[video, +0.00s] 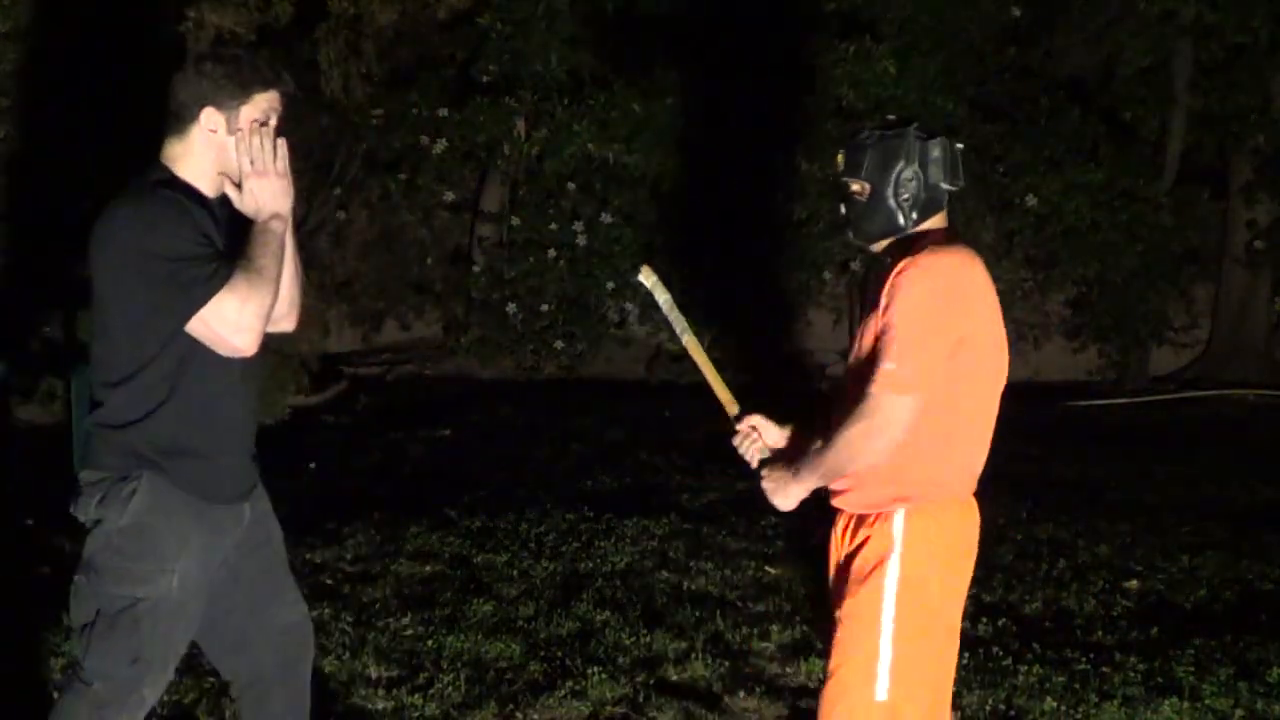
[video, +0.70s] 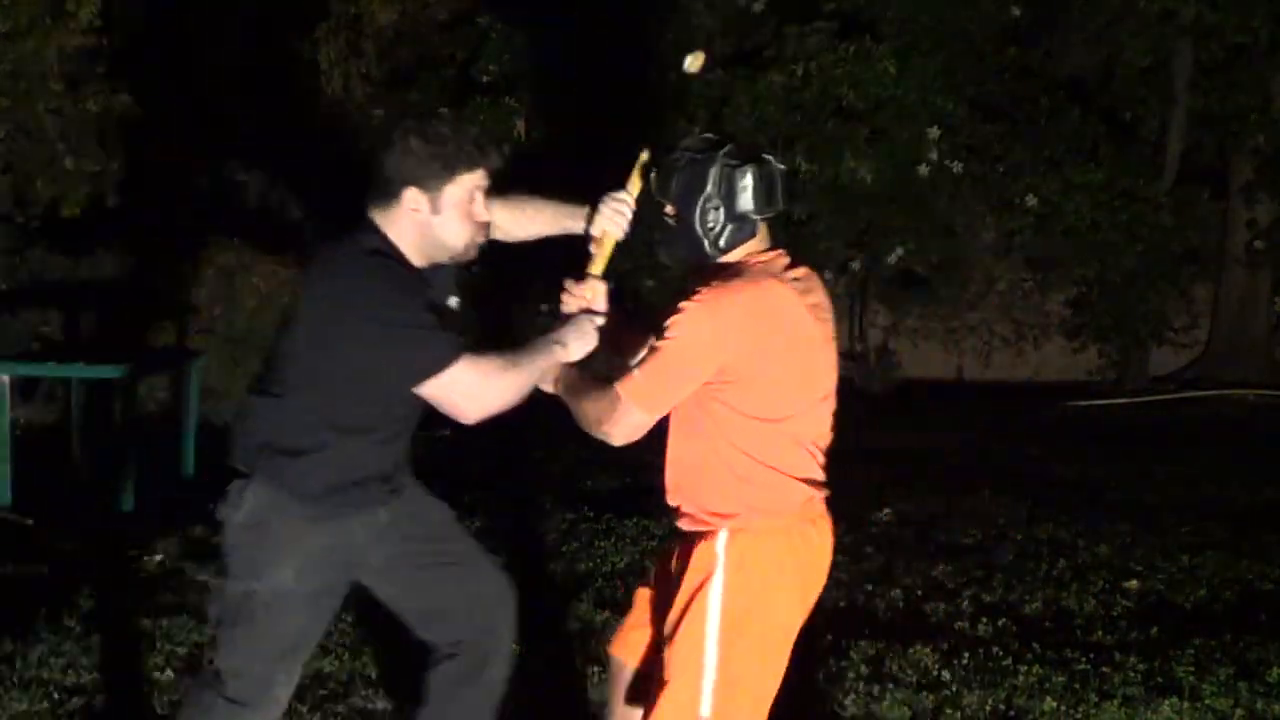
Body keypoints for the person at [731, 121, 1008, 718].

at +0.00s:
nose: (848, 206)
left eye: (859, 190)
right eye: (848, 190)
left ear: (901, 190)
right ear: (905, 192)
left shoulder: (929, 275)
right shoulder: (920, 273)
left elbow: (888, 412)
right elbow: (877, 414)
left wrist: (802, 476)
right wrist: (792, 441)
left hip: (909, 534)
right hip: (893, 529)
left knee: (864, 705)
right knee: (902, 703)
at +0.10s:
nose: (849, 205)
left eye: (858, 190)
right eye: (850, 189)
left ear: (893, 194)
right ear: (923, 195)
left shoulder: (914, 279)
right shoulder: (942, 275)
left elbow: (831, 403)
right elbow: (869, 405)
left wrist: (754, 458)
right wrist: (766, 424)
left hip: (893, 539)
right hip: (908, 533)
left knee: (877, 706)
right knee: (899, 703)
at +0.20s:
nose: (828, 215)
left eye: (839, 201)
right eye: (830, 200)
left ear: (876, 207)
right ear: (908, 210)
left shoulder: (886, 291)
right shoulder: (937, 290)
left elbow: (754, 374)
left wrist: (708, 379)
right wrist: (773, 348)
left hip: (881, 550)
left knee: (862, 708)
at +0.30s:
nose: (791, 221)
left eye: (801, 209)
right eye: (791, 208)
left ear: (840, 216)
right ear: (867, 217)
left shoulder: (836, 298)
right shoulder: (921, 300)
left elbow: (712, 344)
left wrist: (745, 313)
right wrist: (781, 310)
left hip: (851, 554)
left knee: (845, 708)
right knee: (726, 652)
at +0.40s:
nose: (742, 221)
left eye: (750, 210)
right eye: (744, 208)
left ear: (780, 217)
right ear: (828, 213)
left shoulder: (785, 297)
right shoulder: (867, 289)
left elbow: (676, 350)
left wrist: (676, 276)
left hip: (816, 553)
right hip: (763, 550)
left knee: (825, 709)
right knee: (672, 657)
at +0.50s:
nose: (692, 224)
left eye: (703, 210)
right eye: (694, 209)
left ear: (738, 218)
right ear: (772, 218)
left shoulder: (774, 312)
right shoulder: (752, 305)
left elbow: (627, 384)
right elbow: (666, 356)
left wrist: (570, 316)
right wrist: (622, 294)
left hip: (777, 557)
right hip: (710, 555)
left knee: (782, 711)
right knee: (622, 671)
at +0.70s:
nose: (664, 223)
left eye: (674, 210)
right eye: (665, 208)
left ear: (708, 219)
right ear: (744, 213)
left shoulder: (724, 309)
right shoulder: (797, 290)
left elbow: (618, 422)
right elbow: (669, 370)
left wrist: (564, 371)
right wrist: (602, 323)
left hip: (746, 546)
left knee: (700, 707)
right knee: (631, 663)